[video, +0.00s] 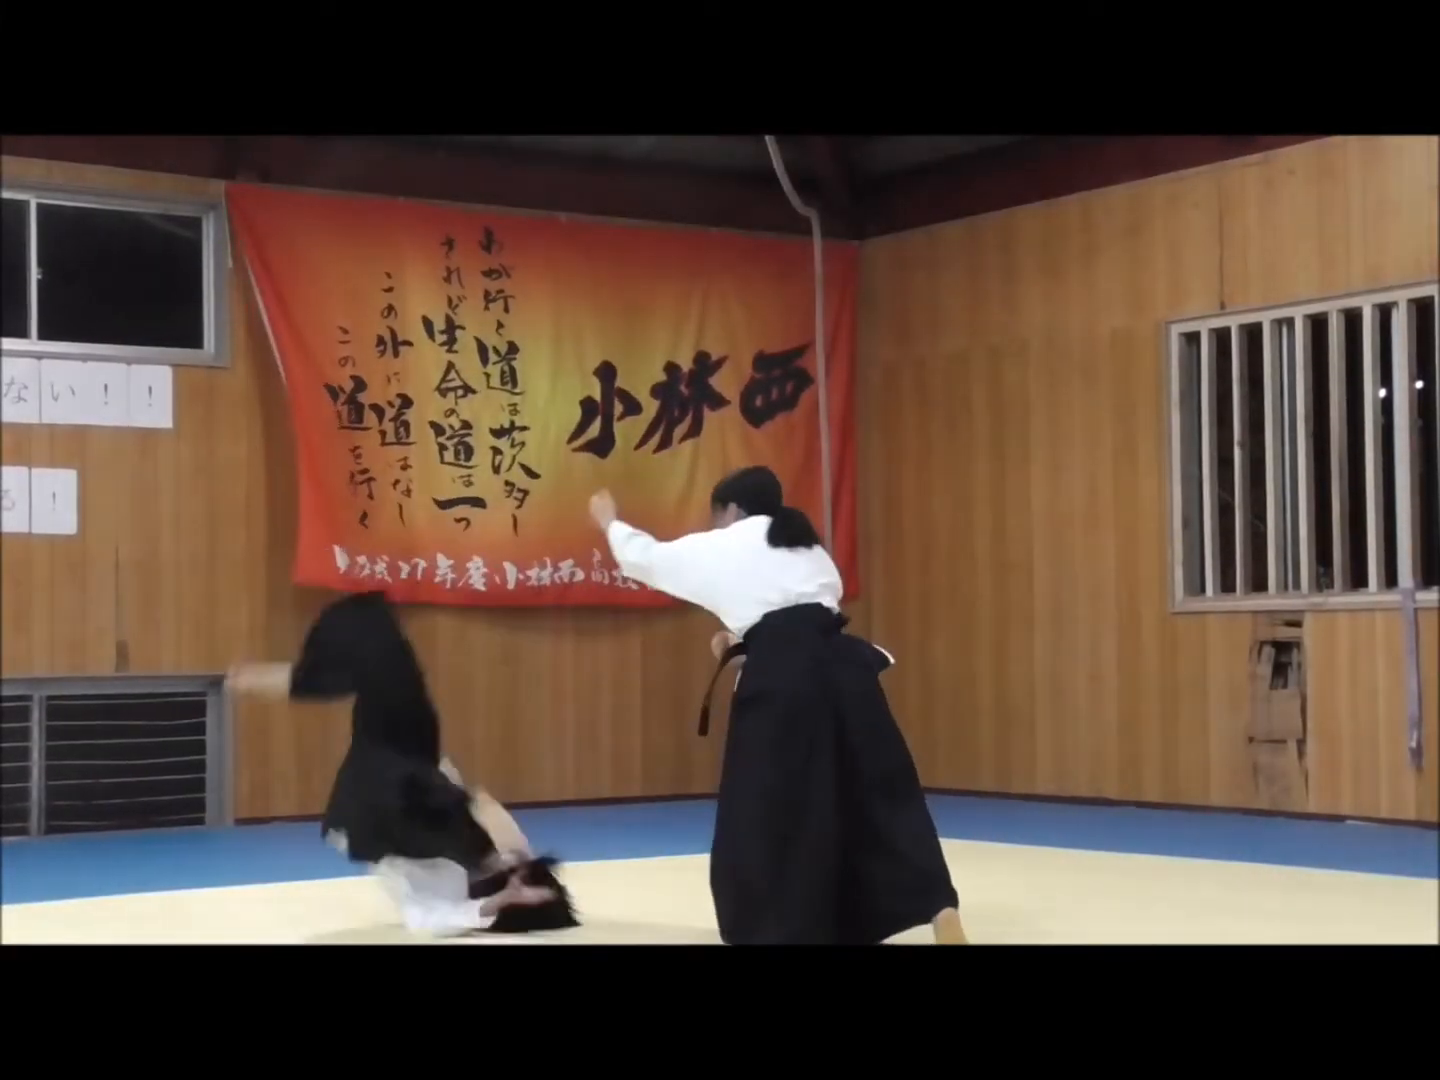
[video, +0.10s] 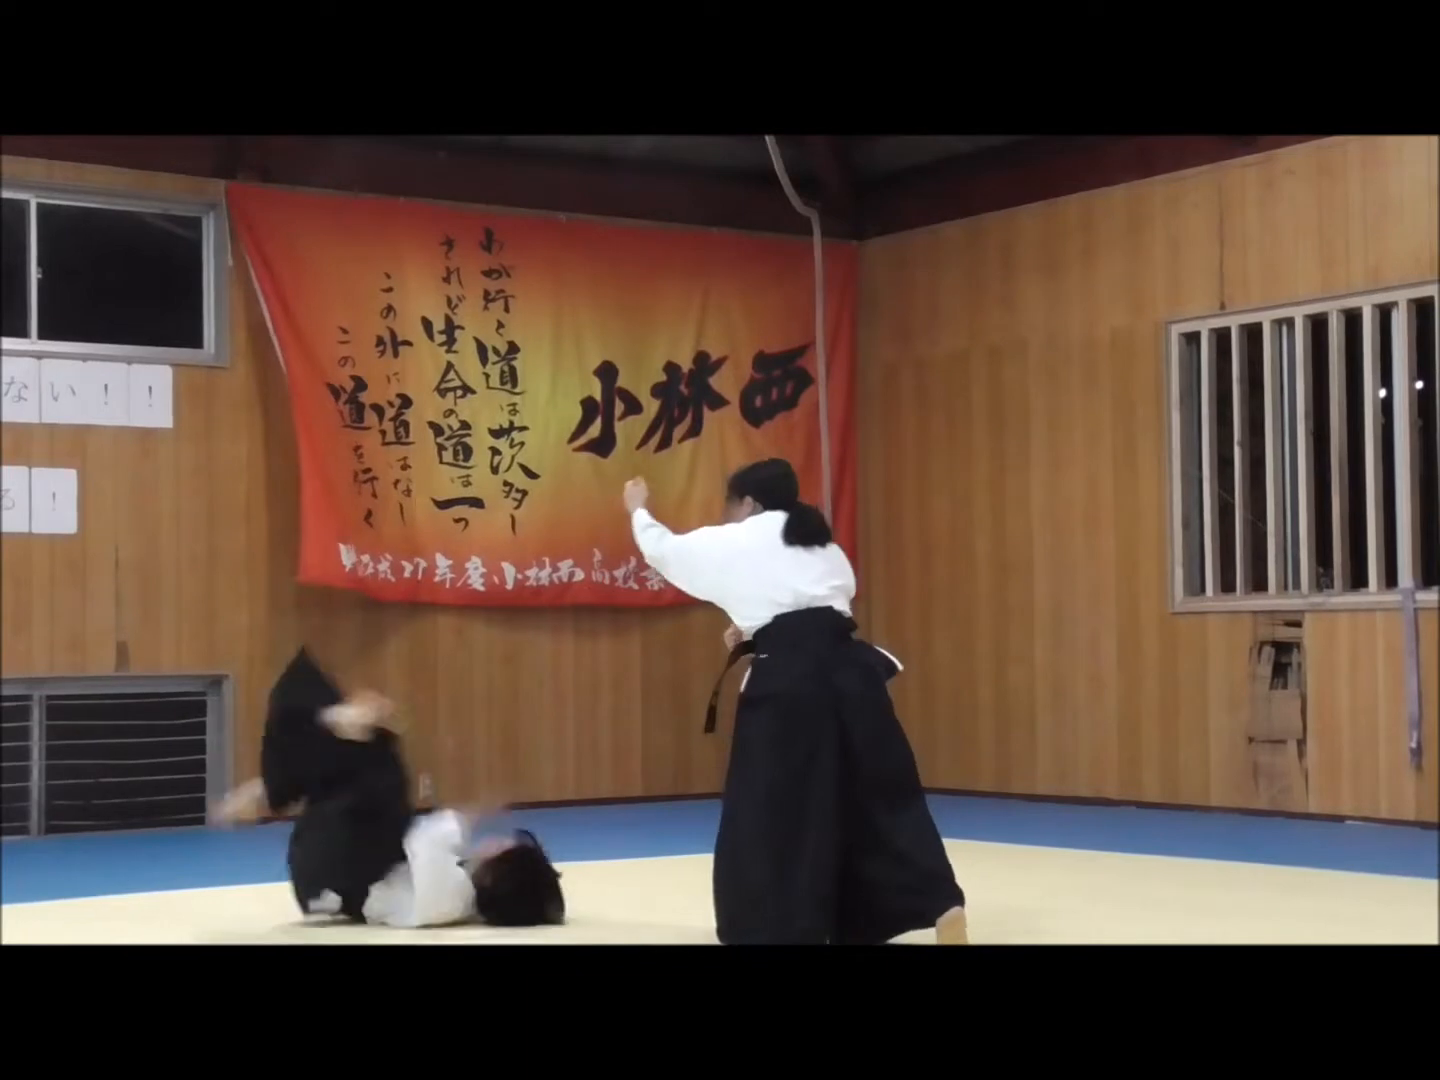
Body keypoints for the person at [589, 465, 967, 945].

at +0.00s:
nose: (713, 522)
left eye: (716, 512)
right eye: (715, 512)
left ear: (733, 510)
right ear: (771, 505)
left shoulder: (719, 548)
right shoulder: (808, 543)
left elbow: (644, 556)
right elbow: (820, 605)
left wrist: (609, 522)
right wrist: (743, 636)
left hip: (780, 678)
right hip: (845, 669)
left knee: (766, 802)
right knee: (889, 786)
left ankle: (767, 927)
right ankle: (942, 904)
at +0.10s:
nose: (726, 513)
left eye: (730, 504)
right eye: (728, 504)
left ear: (749, 503)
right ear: (786, 500)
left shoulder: (731, 542)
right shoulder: (819, 539)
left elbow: (663, 550)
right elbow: (833, 603)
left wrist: (637, 510)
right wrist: (754, 628)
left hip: (784, 678)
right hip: (853, 670)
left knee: (766, 807)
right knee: (891, 788)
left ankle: (762, 929)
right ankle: (947, 902)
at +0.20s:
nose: (751, 510)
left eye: (755, 501)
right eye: (753, 501)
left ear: (771, 501)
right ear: (812, 500)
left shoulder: (755, 541)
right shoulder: (847, 546)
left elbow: (681, 553)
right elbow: (856, 606)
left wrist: (660, 510)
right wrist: (770, 627)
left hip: (800, 682)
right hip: (868, 677)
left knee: (779, 806)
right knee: (893, 794)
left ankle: (769, 928)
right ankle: (947, 901)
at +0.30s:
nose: (785, 509)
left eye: (788, 501)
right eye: (785, 502)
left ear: (804, 502)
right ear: (846, 498)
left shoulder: (782, 545)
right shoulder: (880, 552)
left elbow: (702, 560)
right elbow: (885, 605)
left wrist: (687, 516)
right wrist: (793, 625)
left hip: (824, 689)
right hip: (895, 685)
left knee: (791, 814)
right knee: (908, 809)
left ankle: (760, 930)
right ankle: (950, 918)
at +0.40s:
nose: (814, 505)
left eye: (818, 495)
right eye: (816, 495)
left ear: (836, 496)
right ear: (875, 494)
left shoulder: (824, 541)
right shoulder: (909, 541)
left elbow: (745, 574)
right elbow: (905, 605)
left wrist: (716, 529)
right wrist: (823, 621)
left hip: (858, 683)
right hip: (930, 682)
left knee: (812, 808)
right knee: (924, 813)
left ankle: (770, 924)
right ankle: (930, 926)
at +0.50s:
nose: (843, 498)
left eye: (845, 488)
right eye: (844, 489)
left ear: (863, 487)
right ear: (903, 486)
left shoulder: (851, 536)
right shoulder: (939, 538)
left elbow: (776, 578)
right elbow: (935, 603)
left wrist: (746, 539)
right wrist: (852, 621)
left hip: (883, 685)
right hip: (958, 684)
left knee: (839, 805)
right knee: (939, 816)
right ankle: (932, 929)